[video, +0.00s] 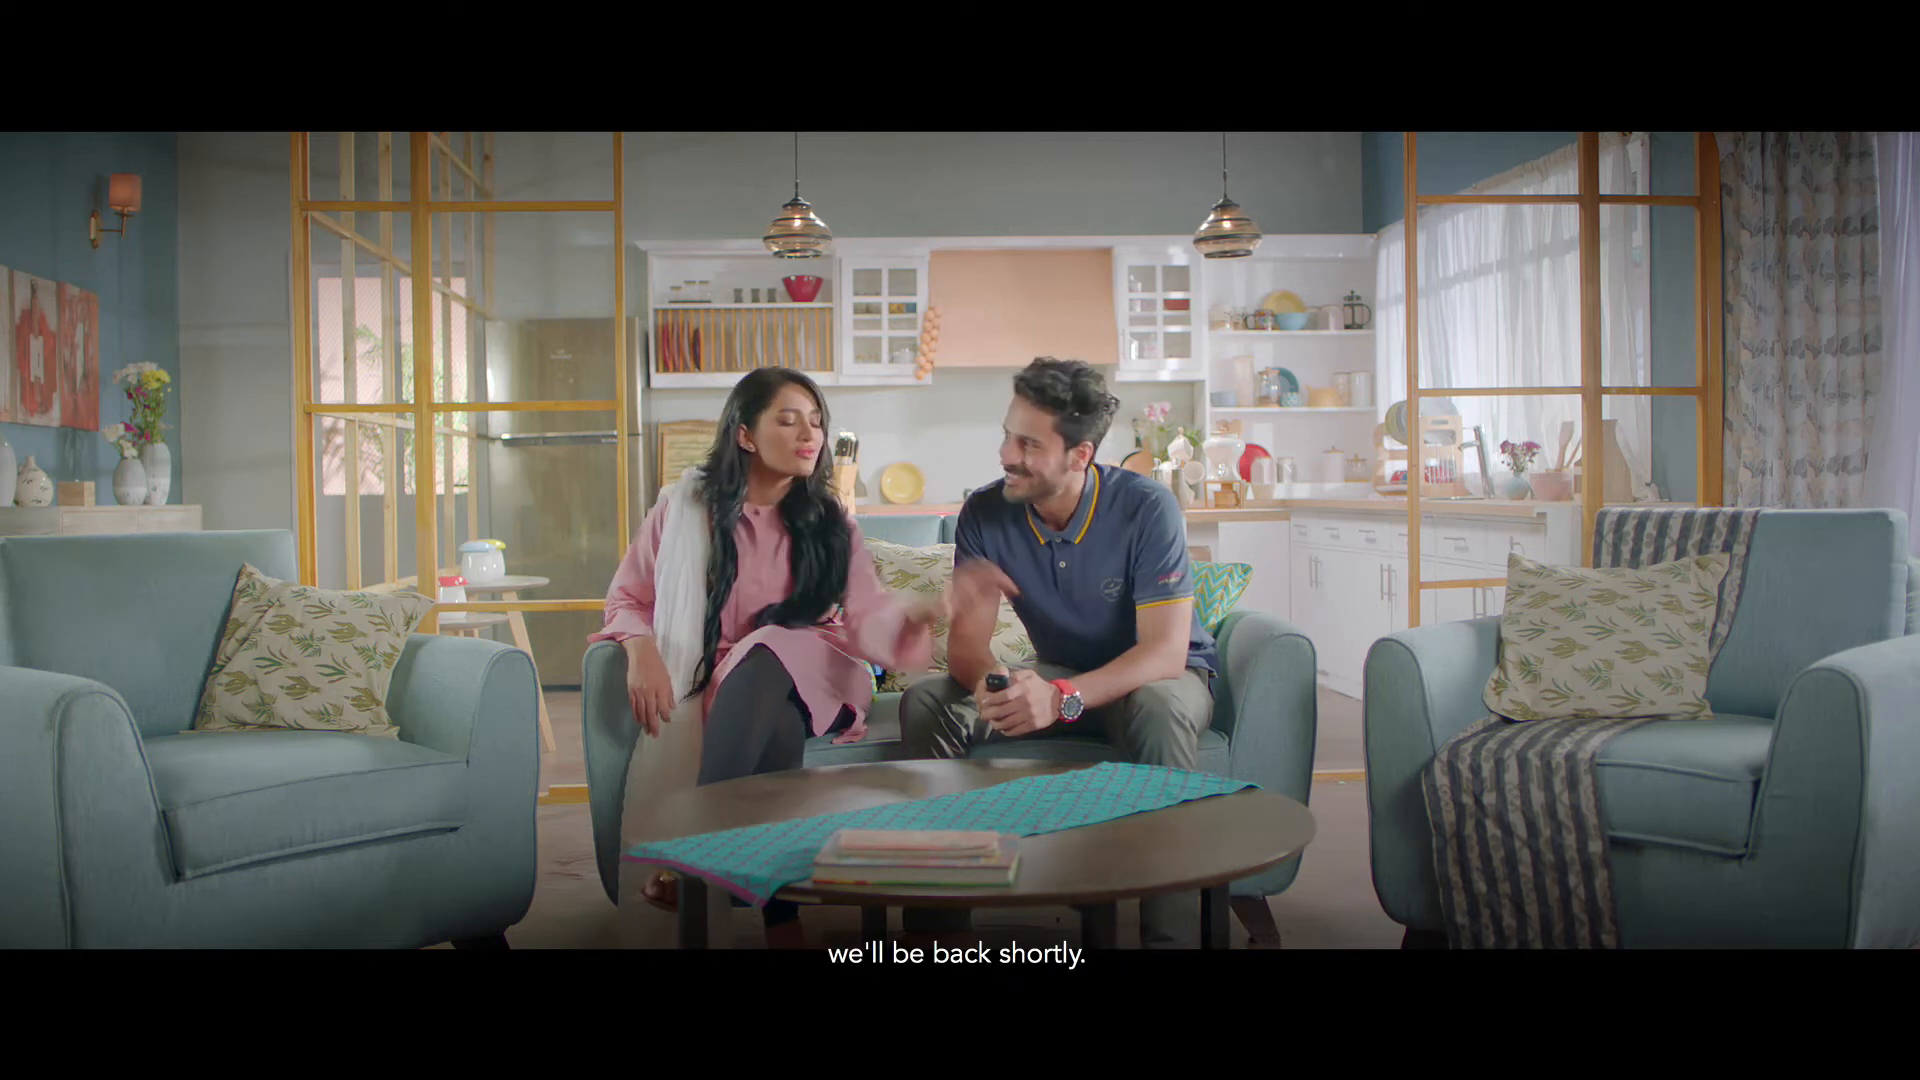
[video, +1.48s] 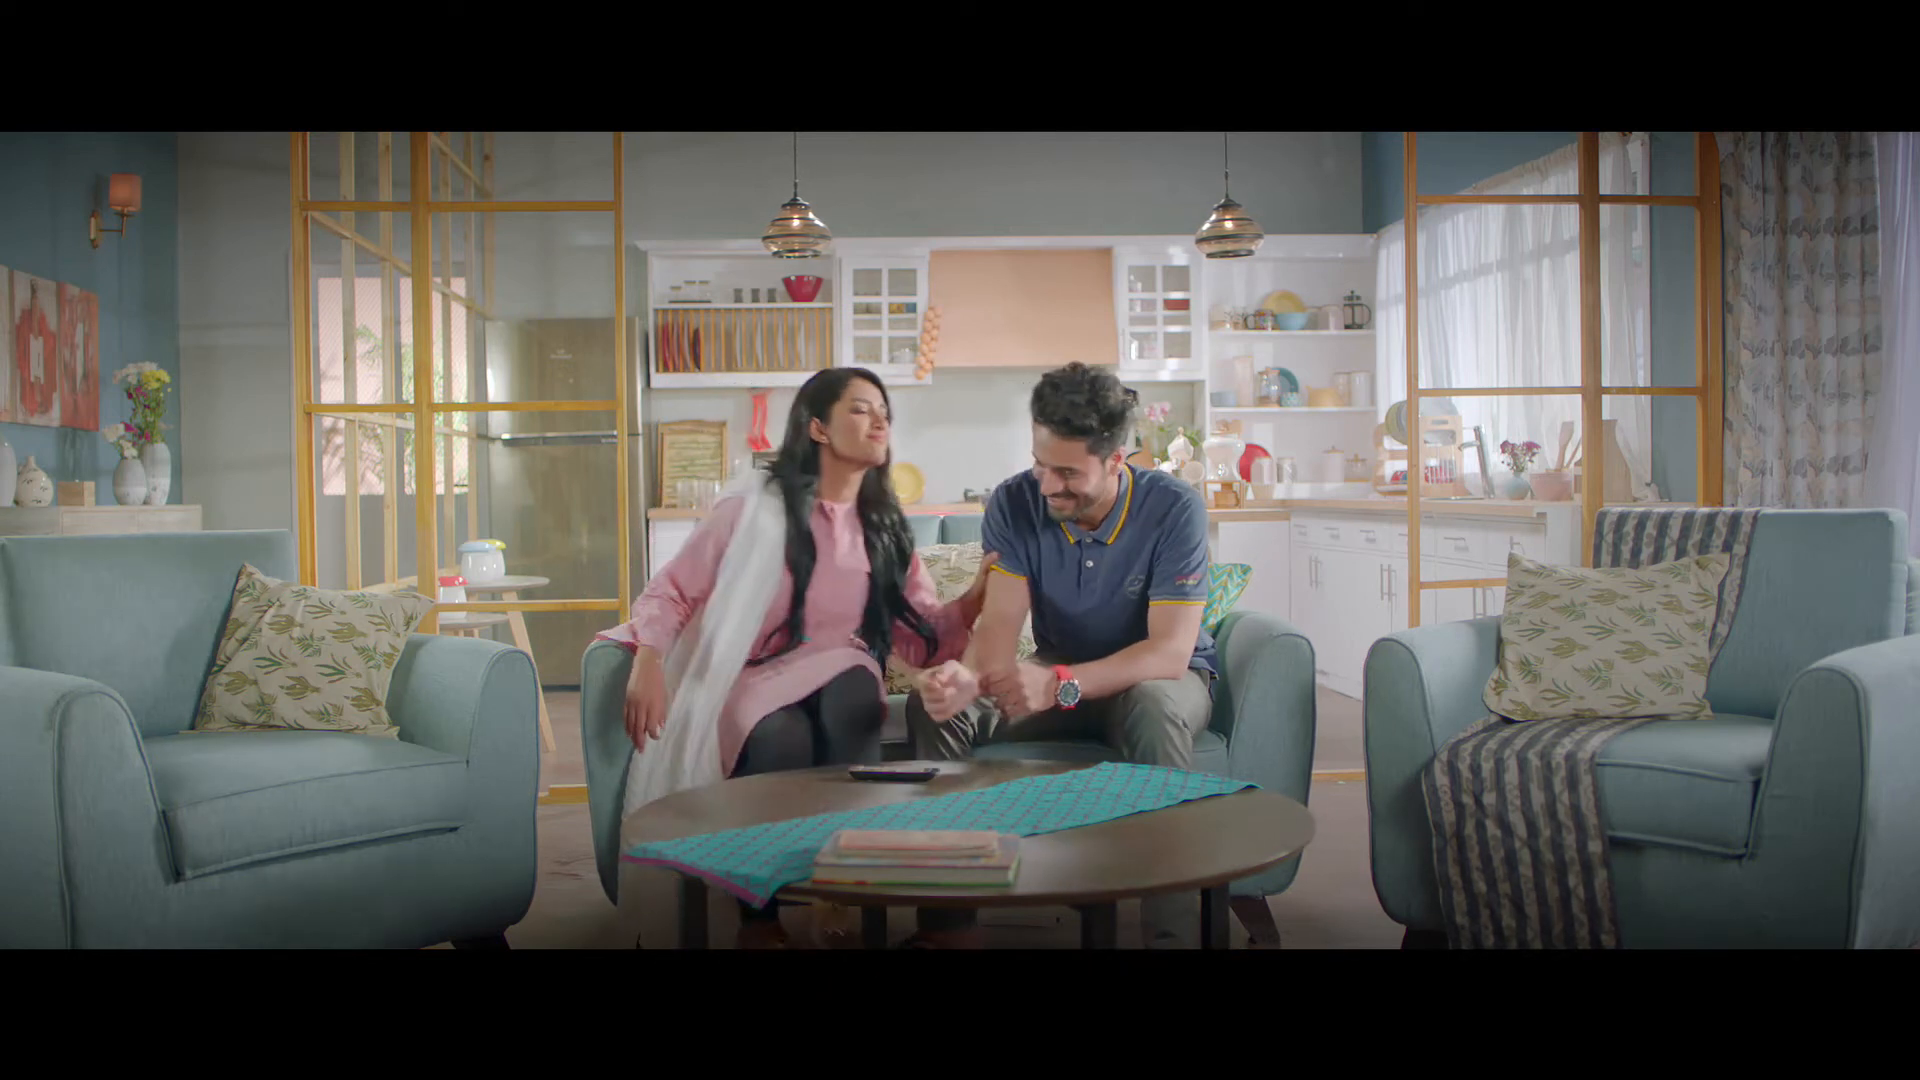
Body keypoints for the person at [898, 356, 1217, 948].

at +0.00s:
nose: (1006, 456)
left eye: (1028, 446)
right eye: (1007, 436)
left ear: (1080, 456)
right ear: (1005, 426)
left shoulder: (1147, 509)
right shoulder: (986, 513)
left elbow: (1165, 654)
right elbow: (966, 658)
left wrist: (1062, 697)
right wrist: (1000, 682)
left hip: (1156, 680)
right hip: (1060, 681)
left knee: (1159, 706)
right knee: (927, 702)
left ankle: (1169, 931)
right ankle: (936, 904)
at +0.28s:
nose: (1003, 458)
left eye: (1021, 448)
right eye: (1007, 440)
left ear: (1076, 461)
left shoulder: (1149, 508)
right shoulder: (988, 512)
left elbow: (1160, 653)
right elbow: (970, 641)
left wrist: (1061, 707)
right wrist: (978, 696)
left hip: (1158, 676)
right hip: (1062, 674)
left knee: (1157, 708)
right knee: (931, 706)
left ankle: (1170, 932)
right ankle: (949, 910)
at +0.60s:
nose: (1003, 458)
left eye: (1018, 449)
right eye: (1007, 441)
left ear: (1072, 463)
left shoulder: (1154, 509)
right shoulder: (992, 514)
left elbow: (1166, 654)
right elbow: (969, 642)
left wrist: (1052, 693)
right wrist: (913, 651)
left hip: (1157, 677)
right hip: (1061, 674)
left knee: (1155, 711)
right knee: (929, 703)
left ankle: (1166, 928)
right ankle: (940, 917)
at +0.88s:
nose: (998, 459)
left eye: (1014, 449)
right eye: (1004, 443)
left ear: (1067, 465)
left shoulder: (1154, 509)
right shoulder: (993, 516)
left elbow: (1164, 656)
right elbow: (969, 642)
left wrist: (1050, 693)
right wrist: (927, 663)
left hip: (1157, 680)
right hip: (1058, 680)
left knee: (1152, 707)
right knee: (922, 709)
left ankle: (1167, 935)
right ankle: (939, 920)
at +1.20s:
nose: (1018, 475)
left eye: (1036, 463)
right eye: (1016, 456)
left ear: (1090, 461)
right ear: (1012, 436)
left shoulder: (1161, 509)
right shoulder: (997, 514)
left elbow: (1165, 656)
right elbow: (972, 645)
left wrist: (1053, 692)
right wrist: (948, 668)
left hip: (1154, 680)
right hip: (1057, 678)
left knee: (1156, 706)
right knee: (929, 708)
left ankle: (1168, 934)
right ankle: (940, 919)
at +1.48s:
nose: (1049, 486)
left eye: (1069, 474)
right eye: (1040, 465)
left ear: (1116, 459)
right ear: (1035, 442)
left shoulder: (1174, 508)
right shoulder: (1015, 503)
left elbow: (1169, 653)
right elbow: (1000, 619)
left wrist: (1057, 683)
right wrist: (970, 675)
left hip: (1154, 680)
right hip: (1058, 680)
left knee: (1153, 708)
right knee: (936, 705)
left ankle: (1172, 929)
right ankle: (949, 915)